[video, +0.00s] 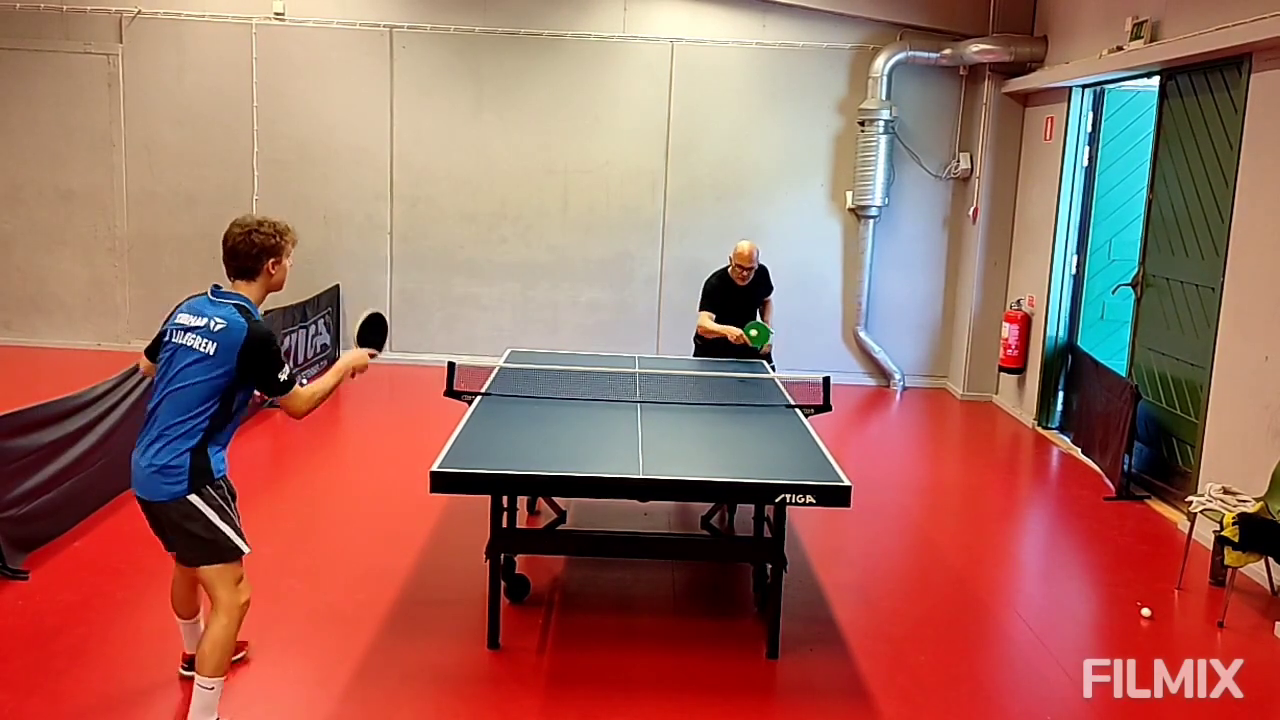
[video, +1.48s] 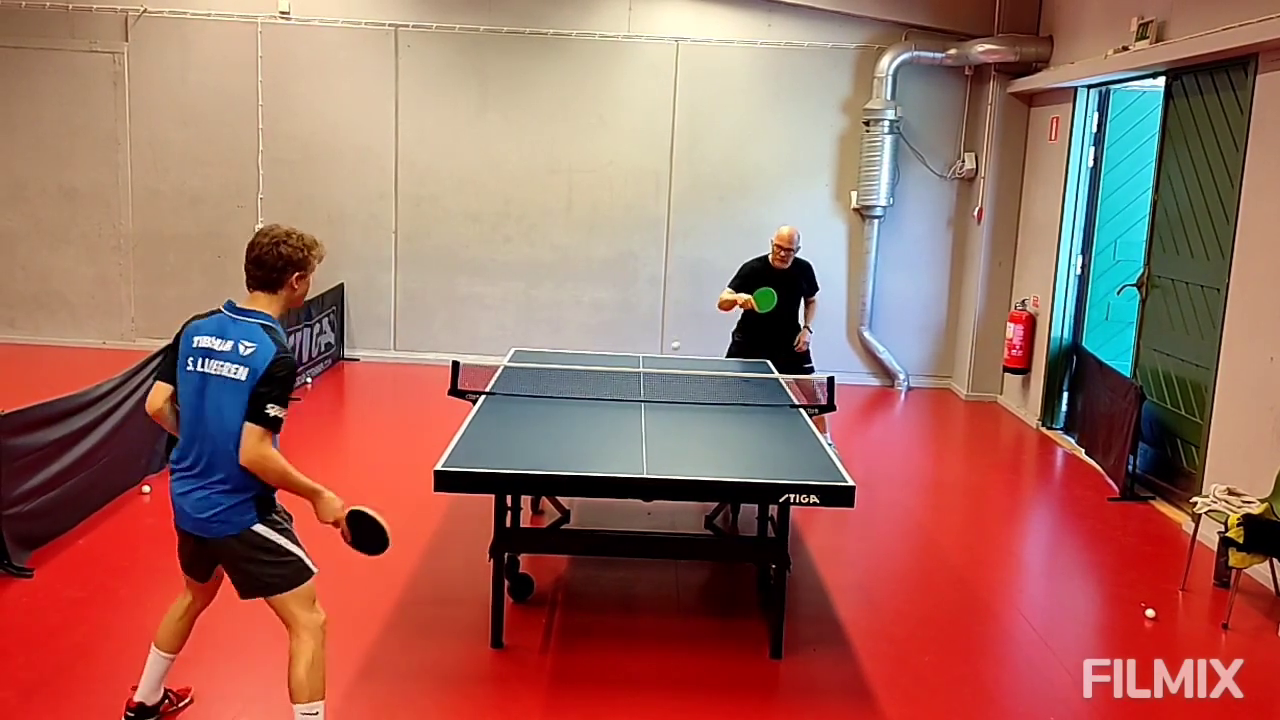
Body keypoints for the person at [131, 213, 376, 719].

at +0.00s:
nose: (288, 268)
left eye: (286, 259)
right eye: (285, 259)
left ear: (232, 263)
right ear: (269, 267)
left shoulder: (191, 305)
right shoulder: (252, 331)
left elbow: (149, 363)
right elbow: (298, 403)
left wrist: (215, 382)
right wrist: (344, 364)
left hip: (150, 471)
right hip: (187, 480)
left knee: (188, 563)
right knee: (231, 599)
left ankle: (195, 653)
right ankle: (202, 715)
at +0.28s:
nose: (304, 342)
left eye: (305, 333)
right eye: (303, 334)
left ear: (259, 328)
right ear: (284, 341)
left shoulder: (242, 353)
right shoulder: (219, 400)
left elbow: (264, 396)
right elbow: (203, 492)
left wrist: (311, 419)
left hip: (142, 473)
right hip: (132, 489)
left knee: (144, 571)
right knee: (208, 599)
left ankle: (77, 654)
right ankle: (200, 716)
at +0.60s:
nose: (319, 408)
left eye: (319, 400)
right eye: (314, 403)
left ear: (282, 407)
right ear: (283, 409)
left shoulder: (271, 415)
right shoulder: (189, 441)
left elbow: (301, 412)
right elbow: (132, 502)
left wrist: (318, 448)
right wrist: (93, 573)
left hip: (190, 508)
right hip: (156, 513)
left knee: (157, 582)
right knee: (241, 611)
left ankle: (85, 636)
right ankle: (204, 714)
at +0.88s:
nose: (339, 295)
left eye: (338, 287)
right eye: (336, 288)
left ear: (281, 291)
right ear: (309, 296)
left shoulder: (235, 319)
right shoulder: (291, 357)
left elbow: (187, 366)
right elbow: (382, 337)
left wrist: (230, 402)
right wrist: (389, 252)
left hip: (198, 477)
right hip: (217, 504)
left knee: (240, 558)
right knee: (281, 617)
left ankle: (199, 640)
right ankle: (209, 714)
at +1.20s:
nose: (321, 277)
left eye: (320, 267)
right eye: (319, 269)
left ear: (261, 273)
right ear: (306, 277)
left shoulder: (215, 337)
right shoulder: (314, 352)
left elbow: (184, 419)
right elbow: (386, 412)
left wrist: (211, 461)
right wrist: (420, 359)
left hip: (233, 511)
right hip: (291, 515)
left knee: (245, 585)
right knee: (346, 626)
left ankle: (203, 698)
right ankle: (323, 719)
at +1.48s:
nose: (308, 288)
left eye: (310, 278)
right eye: (308, 279)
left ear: (251, 274)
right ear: (294, 282)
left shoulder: (195, 328)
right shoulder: (275, 354)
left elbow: (158, 404)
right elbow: (254, 455)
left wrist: (204, 442)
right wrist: (318, 495)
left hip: (188, 506)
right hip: (241, 516)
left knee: (196, 591)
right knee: (307, 621)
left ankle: (144, 699)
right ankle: (311, 719)